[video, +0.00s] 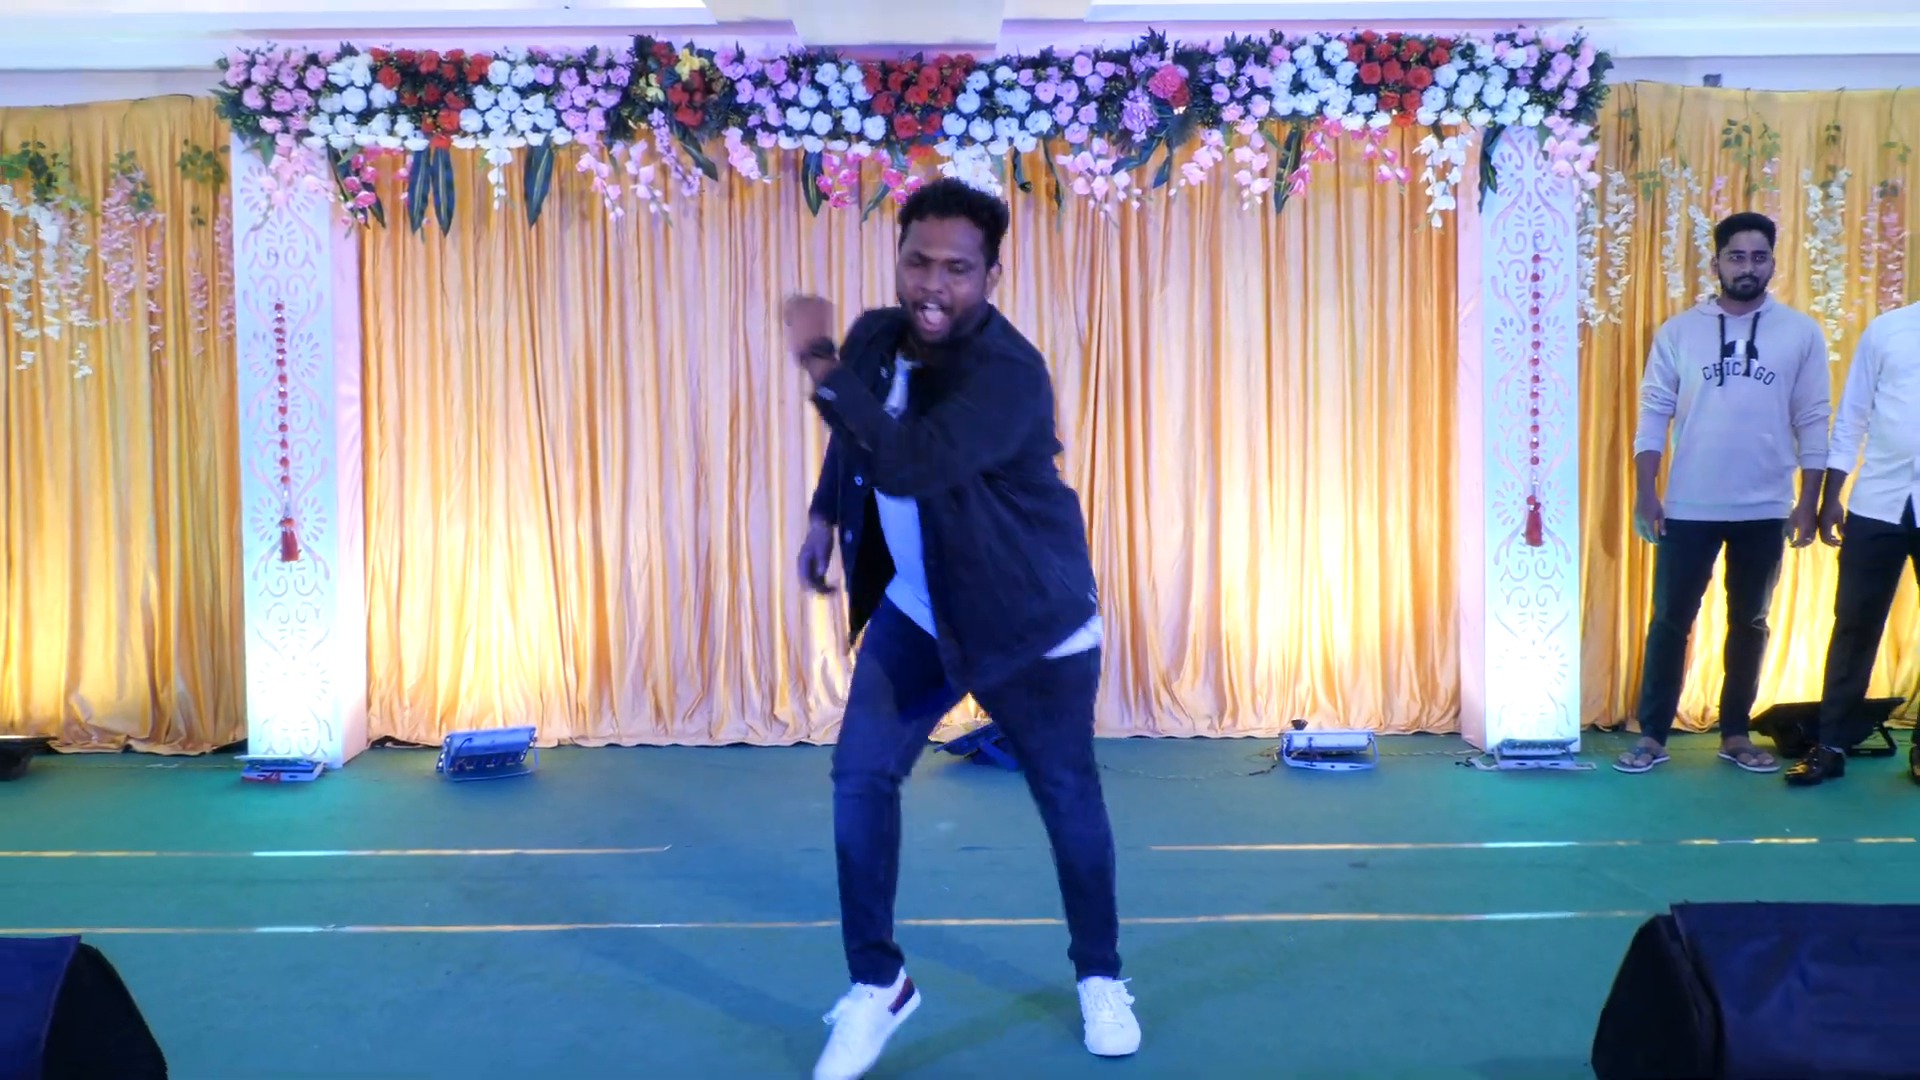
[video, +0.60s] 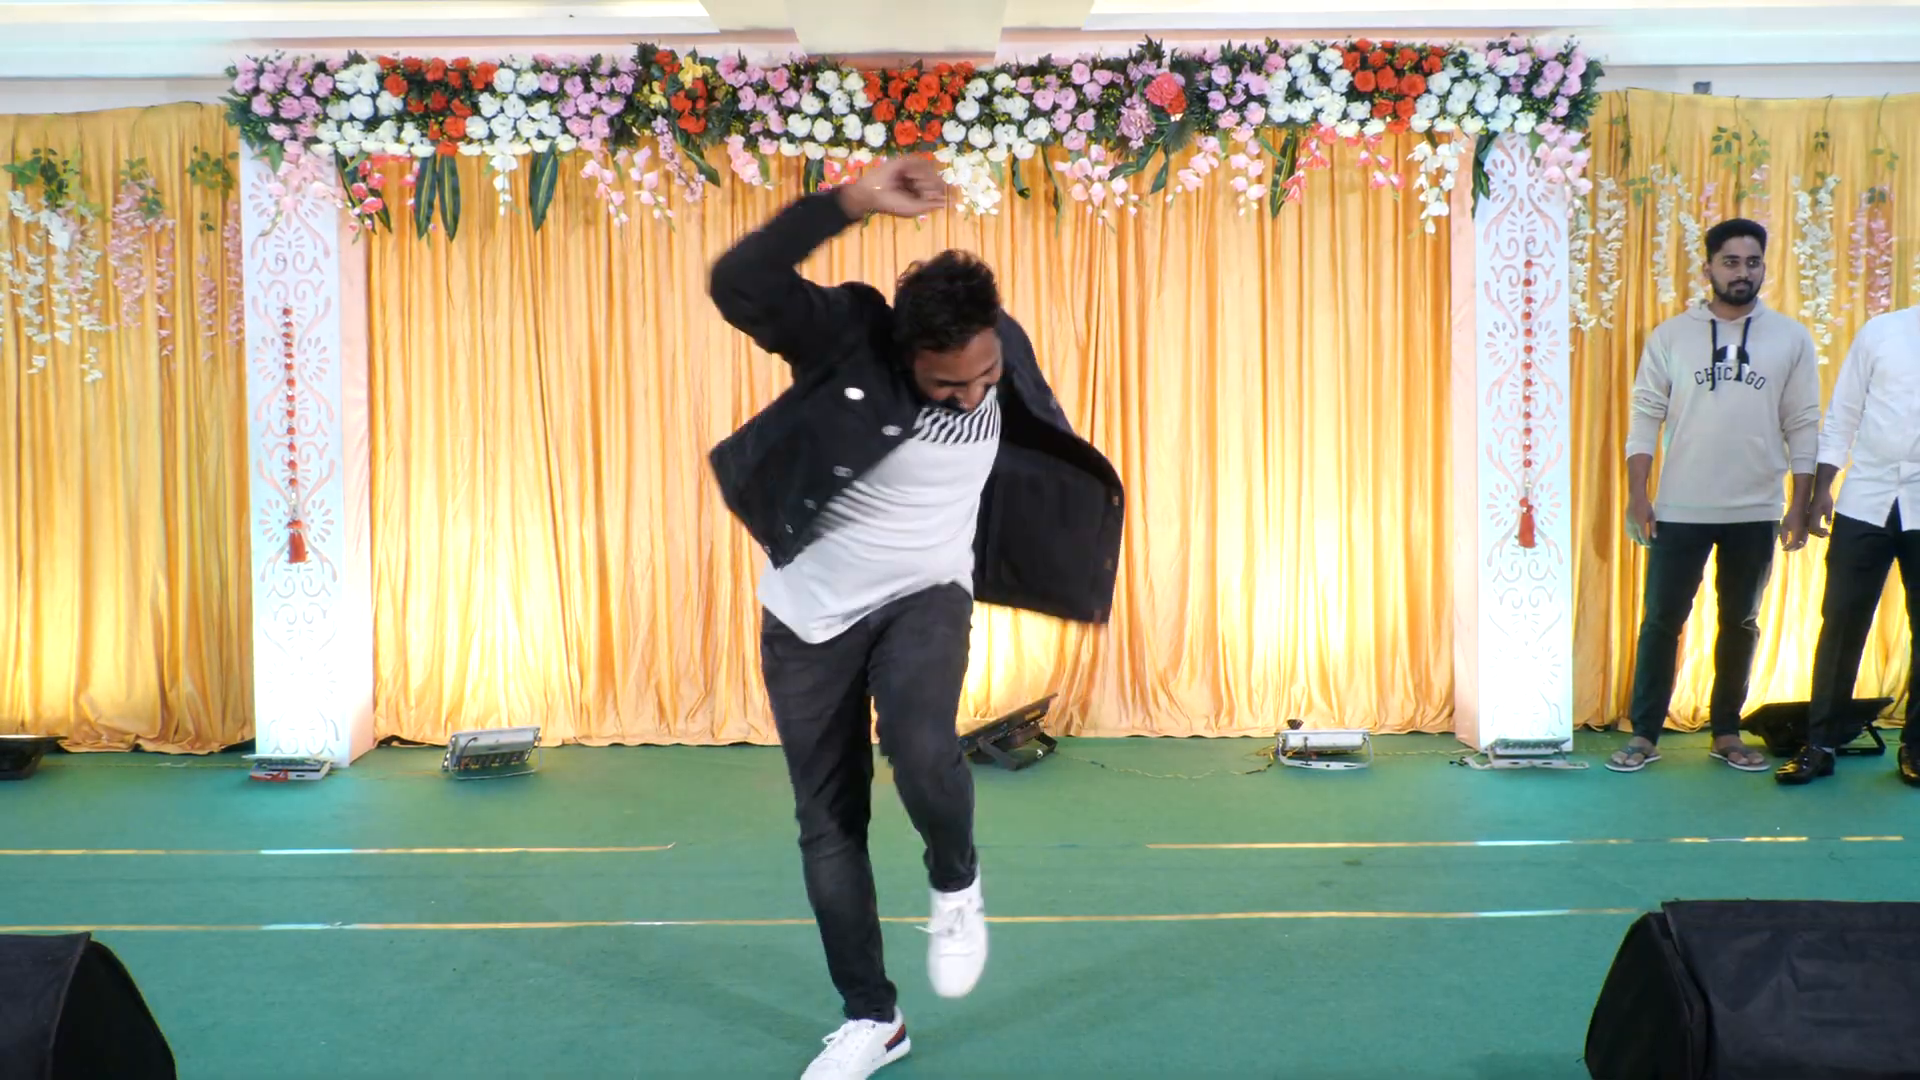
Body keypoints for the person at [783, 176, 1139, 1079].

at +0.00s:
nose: (934, 285)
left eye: (958, 269)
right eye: (919, 261)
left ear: (991, 277)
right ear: (896, 263)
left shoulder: (1010, 376)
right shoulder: (872, 339)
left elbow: (914, 461)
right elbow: (852, 446)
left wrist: (825, 375)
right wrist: (825, 516)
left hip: (1031, 626)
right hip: (917, 615)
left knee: (1067, 793)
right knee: (862, 776)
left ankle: (1100, 975)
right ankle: (877, 982)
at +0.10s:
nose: (912, 265)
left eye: (939, 253)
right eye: (903, 242)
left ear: (975, 266)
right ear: (885, 236)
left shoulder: (966, 355)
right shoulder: (857, 313)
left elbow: (840, 444)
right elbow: (839, 407)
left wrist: (708, 387)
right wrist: (832, 482)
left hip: (1006, 603)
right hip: (895, 604)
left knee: (1074, 759)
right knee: (861, 778)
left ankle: (1142, 907)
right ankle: (868, 987)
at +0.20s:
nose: (917, 302)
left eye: (941, 289)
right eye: (906, 277)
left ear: (977, 300)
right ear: (887, 271)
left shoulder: (944, 385)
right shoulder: (883, 341)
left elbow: (874, 525)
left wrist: (746, 610)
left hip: (964, 638)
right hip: (860, 644)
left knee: (1066, 758)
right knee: (839, 831)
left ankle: (1174, 724)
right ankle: (883, 1020)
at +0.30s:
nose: (907, 340)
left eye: (932, 323)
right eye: (896, 318)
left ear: (971, 330)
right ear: (879, 314)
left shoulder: (971, 443)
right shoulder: (875, 373)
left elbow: (986, 595)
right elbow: (859, 459)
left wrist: (964, 719)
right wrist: (797, 429)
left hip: (920, 680)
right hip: (828, 676)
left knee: (1046, 806)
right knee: (800, 848)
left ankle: (1100, 633)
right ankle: (878, 1018)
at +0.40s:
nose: (918, 378)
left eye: (937, 358)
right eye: (899, 358)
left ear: (971, 342)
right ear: (875, 339)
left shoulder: (1009, 444)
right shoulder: (839, 359)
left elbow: (1075, 534)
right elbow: (752, 354)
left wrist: (1106, 639)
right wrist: (746, 306)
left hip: (921, 684)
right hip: (810, 680)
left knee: (973, 858)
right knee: (801, 857)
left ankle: (1031, 680)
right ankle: (881, 1020)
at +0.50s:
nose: (949, 403)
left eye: (960, 382)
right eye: (927, 389)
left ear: (977, 347)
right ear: (884, 358)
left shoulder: (1006, 390)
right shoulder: (823, 343)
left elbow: (1063, 464)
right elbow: (707, 274)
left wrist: (1103, 546)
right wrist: (773, 211)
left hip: (918, 633)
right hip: (809, 644)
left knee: (913, 803)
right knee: (815, 848)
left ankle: (1006, 810)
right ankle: (878, 1020)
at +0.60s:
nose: (971, 391)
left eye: (983, 372)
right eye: (948, 381)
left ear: (996, 336)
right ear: (905, 350)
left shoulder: (1005, 359)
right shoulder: (842, 338)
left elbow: (1024, 449)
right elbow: (736, 281)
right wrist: (843, 203)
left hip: (924, 593)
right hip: (809, 609)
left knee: (921, 752)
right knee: (826, 820)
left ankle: (955, 889)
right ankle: (870, 1015)